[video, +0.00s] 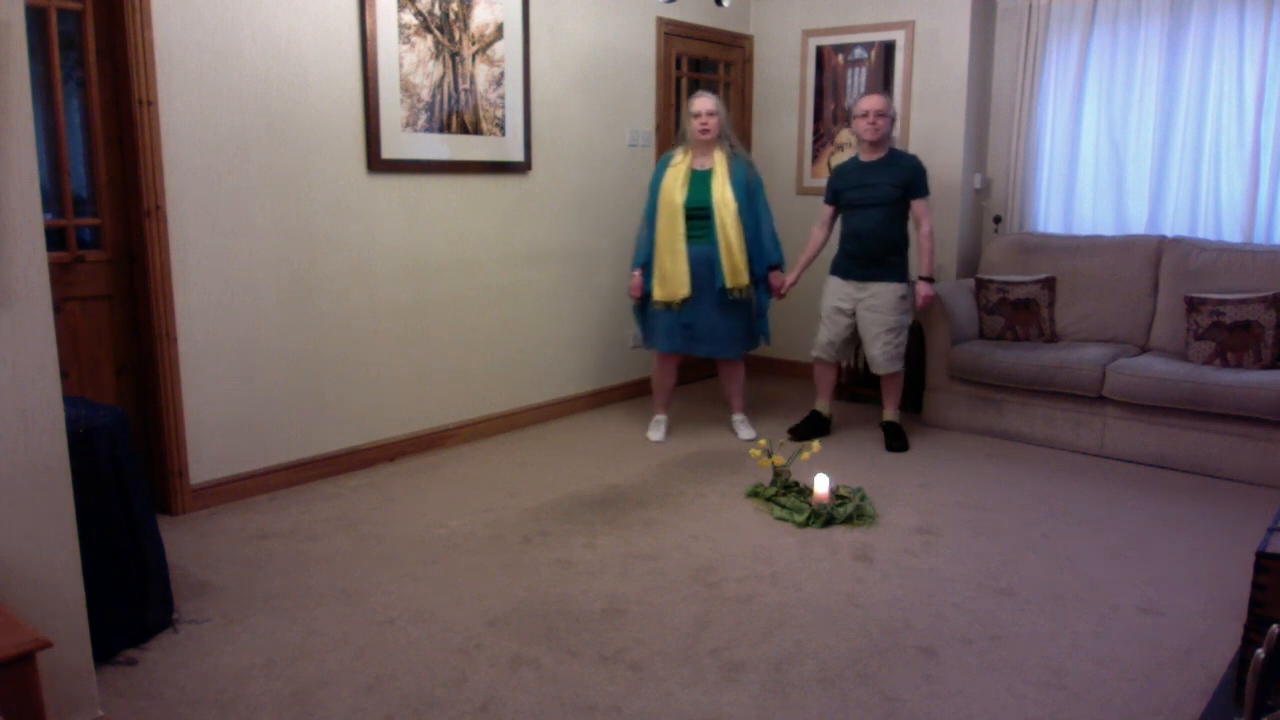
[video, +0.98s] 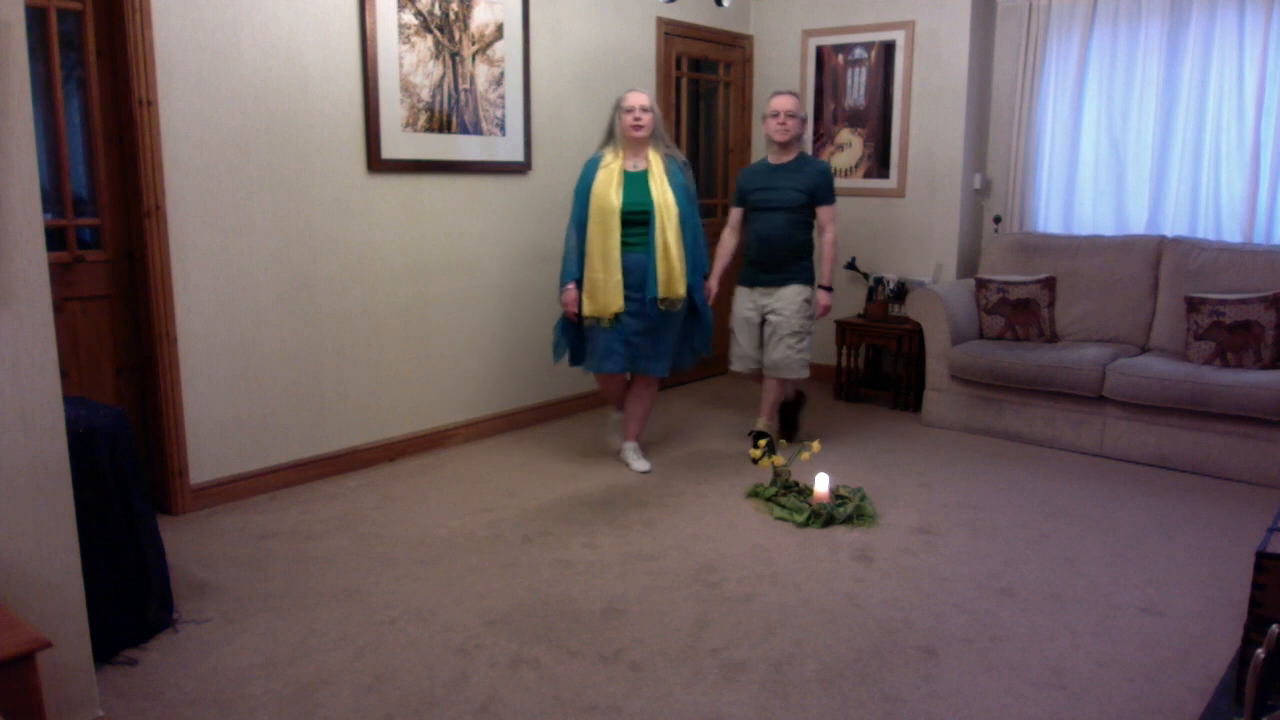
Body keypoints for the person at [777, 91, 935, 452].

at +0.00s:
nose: (872, 121)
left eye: (880, 115)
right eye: (864, 116)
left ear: (892, 122)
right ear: (853, 124)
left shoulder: (908, 167)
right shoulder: (841, 173)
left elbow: (923, 223)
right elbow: (822, 228)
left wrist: (925, 277)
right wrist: (794, 273)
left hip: (888, 282)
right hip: (843, 279)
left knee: (887, 357)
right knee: (825, 348)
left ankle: (891, 420)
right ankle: (820, 414)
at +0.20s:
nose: (847, 125)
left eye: (855, 119)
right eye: (840, 119)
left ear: (867, 125)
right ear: (828, 126)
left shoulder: (882, 172)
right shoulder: (818, 175)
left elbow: (898, 228)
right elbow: (798, 230)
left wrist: (899, 280)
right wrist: (770, 275)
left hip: (861, 282)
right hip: (818, 280)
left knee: (869, 355)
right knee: (811, 350)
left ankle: (885, 419)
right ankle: (819, 416)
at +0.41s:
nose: (824, 124)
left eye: (832, 118)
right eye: (817, 118)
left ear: (845, 125)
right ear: (807, 124)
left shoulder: (860, 170)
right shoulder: (796, 173)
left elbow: (873, 225)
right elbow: (777, 228)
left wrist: (873, 279)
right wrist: (750, 273)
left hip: (840, 277)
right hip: (800, 276)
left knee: (832, 347)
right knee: (803, 350)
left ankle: (842, 414)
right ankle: (815, 416)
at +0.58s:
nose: (808, 122)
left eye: (817, 116)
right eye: (801, 116)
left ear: (831, 123)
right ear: (791, 122)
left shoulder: (845, 168)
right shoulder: (781, 174)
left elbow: (858, 224)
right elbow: (764, 228)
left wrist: (859, 277)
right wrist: (740, 274)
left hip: (828, 273)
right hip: (791, 273)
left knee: (804, 348)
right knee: (799, 349)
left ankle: (786, 425)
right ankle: (817, 417)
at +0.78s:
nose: (793, 125)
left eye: (802, 119)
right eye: (786, 119)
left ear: (815, 127)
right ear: (776, 126)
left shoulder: (830, 173)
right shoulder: (765, 179)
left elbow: (844, 229)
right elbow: (748, 234)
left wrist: (844, 284)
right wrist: (726, 279)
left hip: (810, 283)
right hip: (772, 282)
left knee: (785, 357)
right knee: (788, 356)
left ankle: (763, 430)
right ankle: (816, 416)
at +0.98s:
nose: (782, 122)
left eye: (790, 116)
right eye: (775, 116)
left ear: (802, 124)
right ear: (764, 123)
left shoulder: (817, 172)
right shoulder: (749, 175)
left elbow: (827, 231)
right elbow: (731, 230)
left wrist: (825, 286)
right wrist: (715, 275)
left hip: (792, 285)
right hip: (750, 284)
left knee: (778, 361)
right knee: (751, 360)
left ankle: (763, 428)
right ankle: (789, 398)